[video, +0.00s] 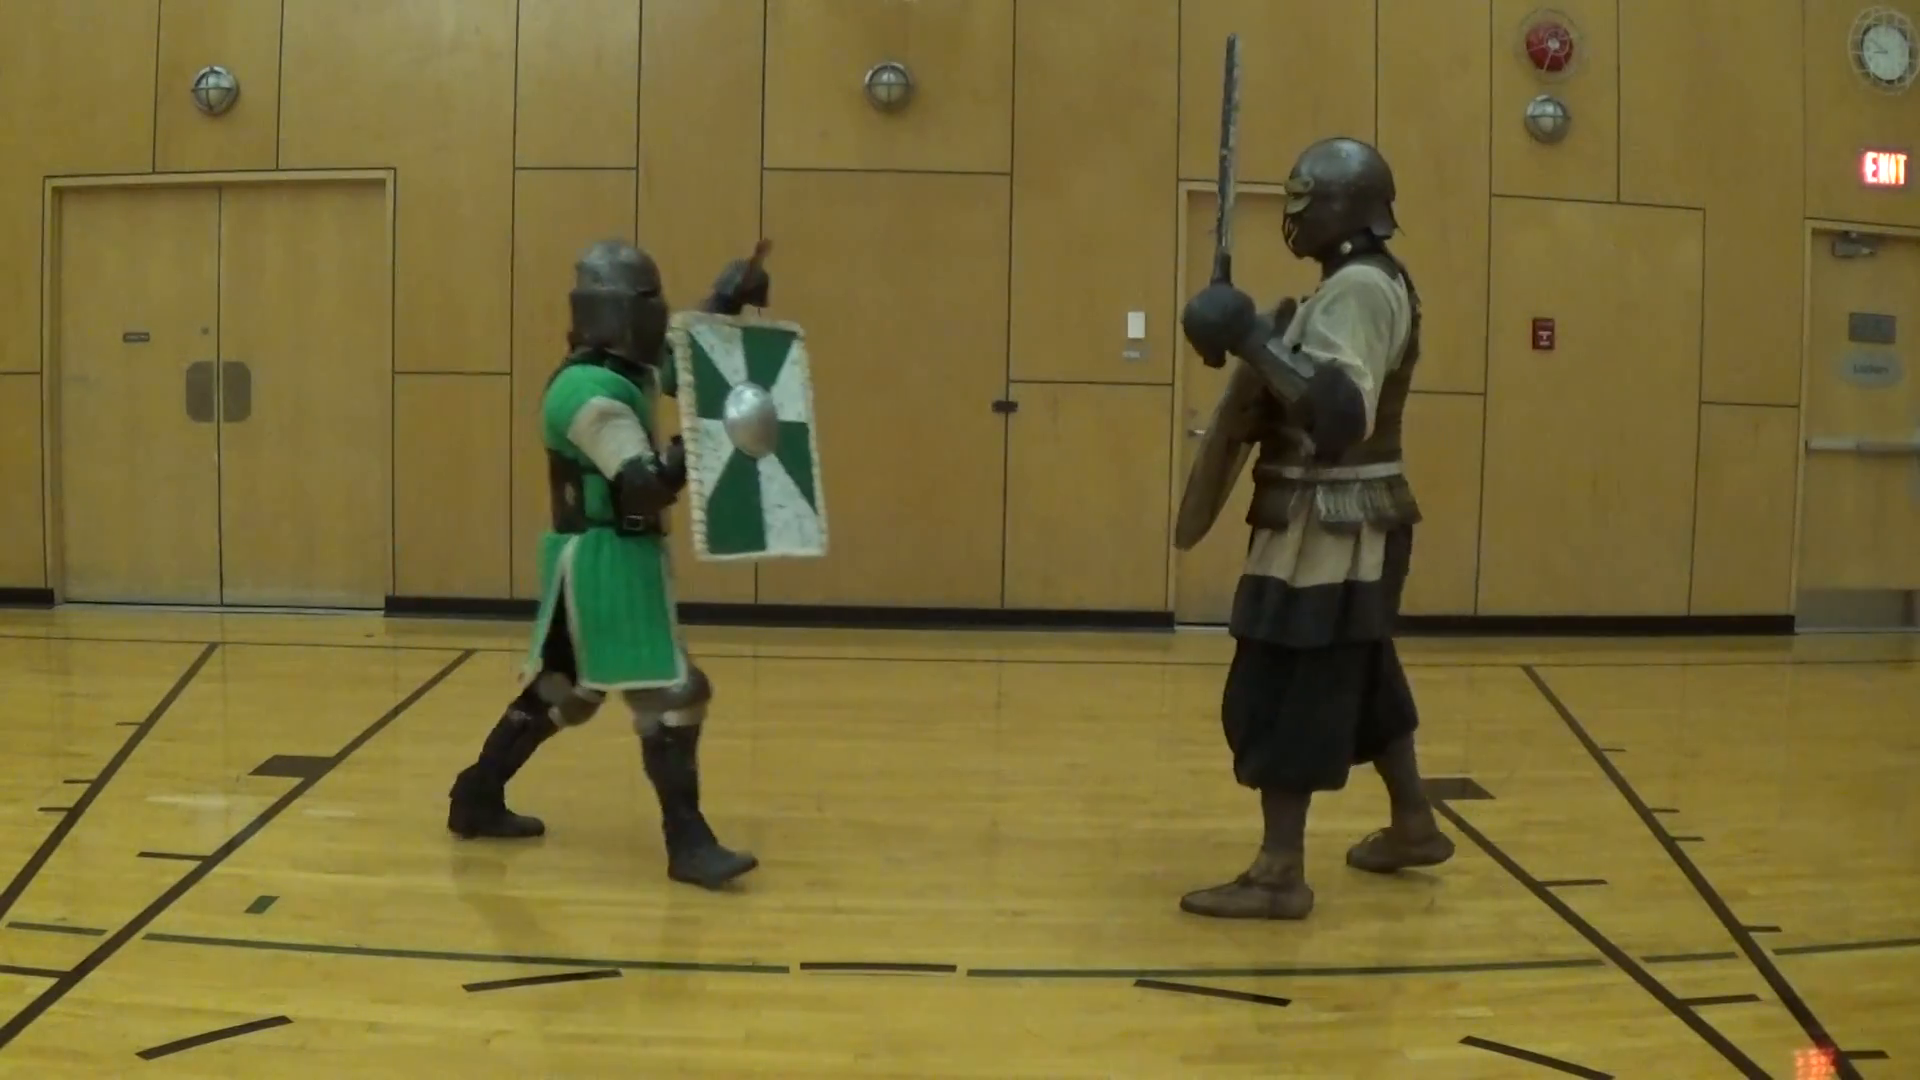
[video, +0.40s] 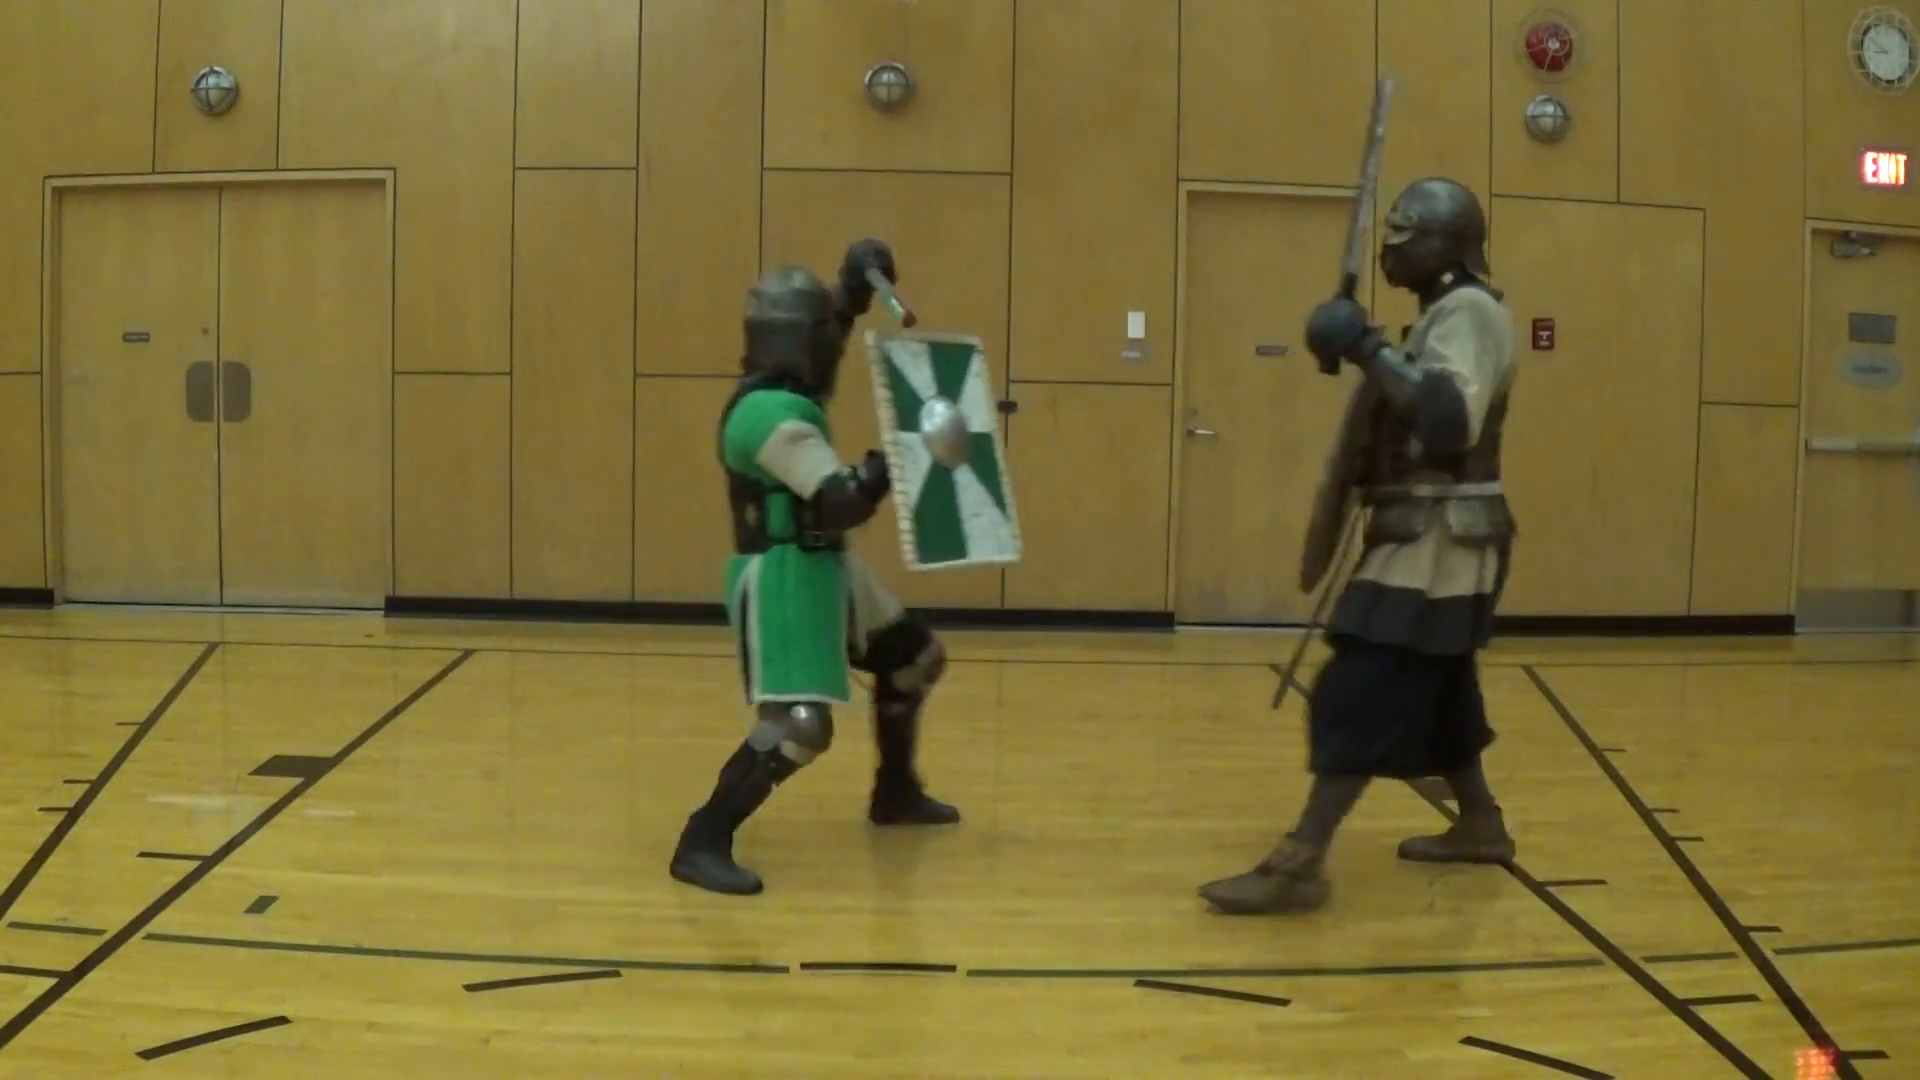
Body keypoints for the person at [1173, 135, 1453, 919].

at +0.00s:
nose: (1287, 211)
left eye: (1302, 197)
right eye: (1290, 196)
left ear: (1349, 209)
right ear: (1356, 210)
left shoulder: (1358, 292)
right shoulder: (1367, 282)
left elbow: (1340, 416)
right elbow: (1317, 387)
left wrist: (1252, 340)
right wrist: (1256, 342)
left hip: (1327, 516)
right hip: (1360, 508)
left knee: (1284, 683)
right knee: (1364, 663)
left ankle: (1280, 871)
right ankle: (1414, 822)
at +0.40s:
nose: (1388, 242)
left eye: (1405, 231)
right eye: (1391, 230)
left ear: (1449, 243)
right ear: (1439, 244)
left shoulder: (1468, 314)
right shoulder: (1439, 314)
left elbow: (1446, 417)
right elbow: (1419, 400)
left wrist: (1369, 345)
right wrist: (1358, 345)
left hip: (1440, 540)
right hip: (1422, 534)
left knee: (1355, 692)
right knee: (1437, 685)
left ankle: (1299, 862)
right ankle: (1481, 823)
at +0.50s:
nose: (1420, 238)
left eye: (1436, 227)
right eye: (1421, 225)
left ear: (1484, 239)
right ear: (1466, 240)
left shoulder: (1504, 308)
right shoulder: (1469, 311)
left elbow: (1480, 404)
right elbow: (1439, 396)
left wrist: (1405, 344)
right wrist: (1391, 344)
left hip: (1471, 543)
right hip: (1454, 538)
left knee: (1401, 687)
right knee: (1449, 681)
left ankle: (1400, 865)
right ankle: (1481, 818)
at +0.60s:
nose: (1450, 236)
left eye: (1465, 224)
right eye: (1453, 223)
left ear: (1510, 235)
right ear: (1500, 235)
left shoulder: (1537, 307)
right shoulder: (1499, 308)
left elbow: (1496, 399)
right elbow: (1475, 396)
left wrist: (1429, 337)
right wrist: (1422, 339)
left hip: (1506, 544)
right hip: (1473, 537)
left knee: (1466, 687)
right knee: (1447, 679)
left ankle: (1512, 851)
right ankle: (1482, 823)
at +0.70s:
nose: (1486, 238)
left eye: (1500, 226)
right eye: (1490, 226)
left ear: (1544, 238)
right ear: (1535, 239)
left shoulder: (1573, 311)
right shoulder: (1536, 311)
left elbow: (1509, 398)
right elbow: (1498, 390)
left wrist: (1454, 333)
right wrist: (1445, 333)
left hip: (1537, 540)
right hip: (1497, 537)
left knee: (1519, 685)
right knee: (1454, 671)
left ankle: (1617, 833)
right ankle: (1482, 822)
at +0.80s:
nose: (1523, 243)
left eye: (1538, 231)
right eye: (1526, 229)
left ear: (1582, 243)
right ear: (1569, 246)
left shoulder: (1605, 318)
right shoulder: (1569, 318)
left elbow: (1530, 405)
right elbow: (1528, 401)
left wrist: (1481, 340)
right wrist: (1481, 343)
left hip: (1566, 547)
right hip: (1527, 544)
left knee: (1572, 685)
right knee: (1474, 671)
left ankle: (1698, 819)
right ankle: (1482, 823)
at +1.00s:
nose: (1592, 254)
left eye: (1608, 242)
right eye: (1595, 240)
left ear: (1652, 254)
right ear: (1645, 256)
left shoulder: (1674, 328)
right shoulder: (1644, 327)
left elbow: (1597, 422)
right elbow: (1600, 407)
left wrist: (1554, 356)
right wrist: (1559, 358)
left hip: (1659, 559)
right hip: (1609, 553)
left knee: (1691, 703)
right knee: (1541, 672)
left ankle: (1753, 852)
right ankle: (1495, 823)